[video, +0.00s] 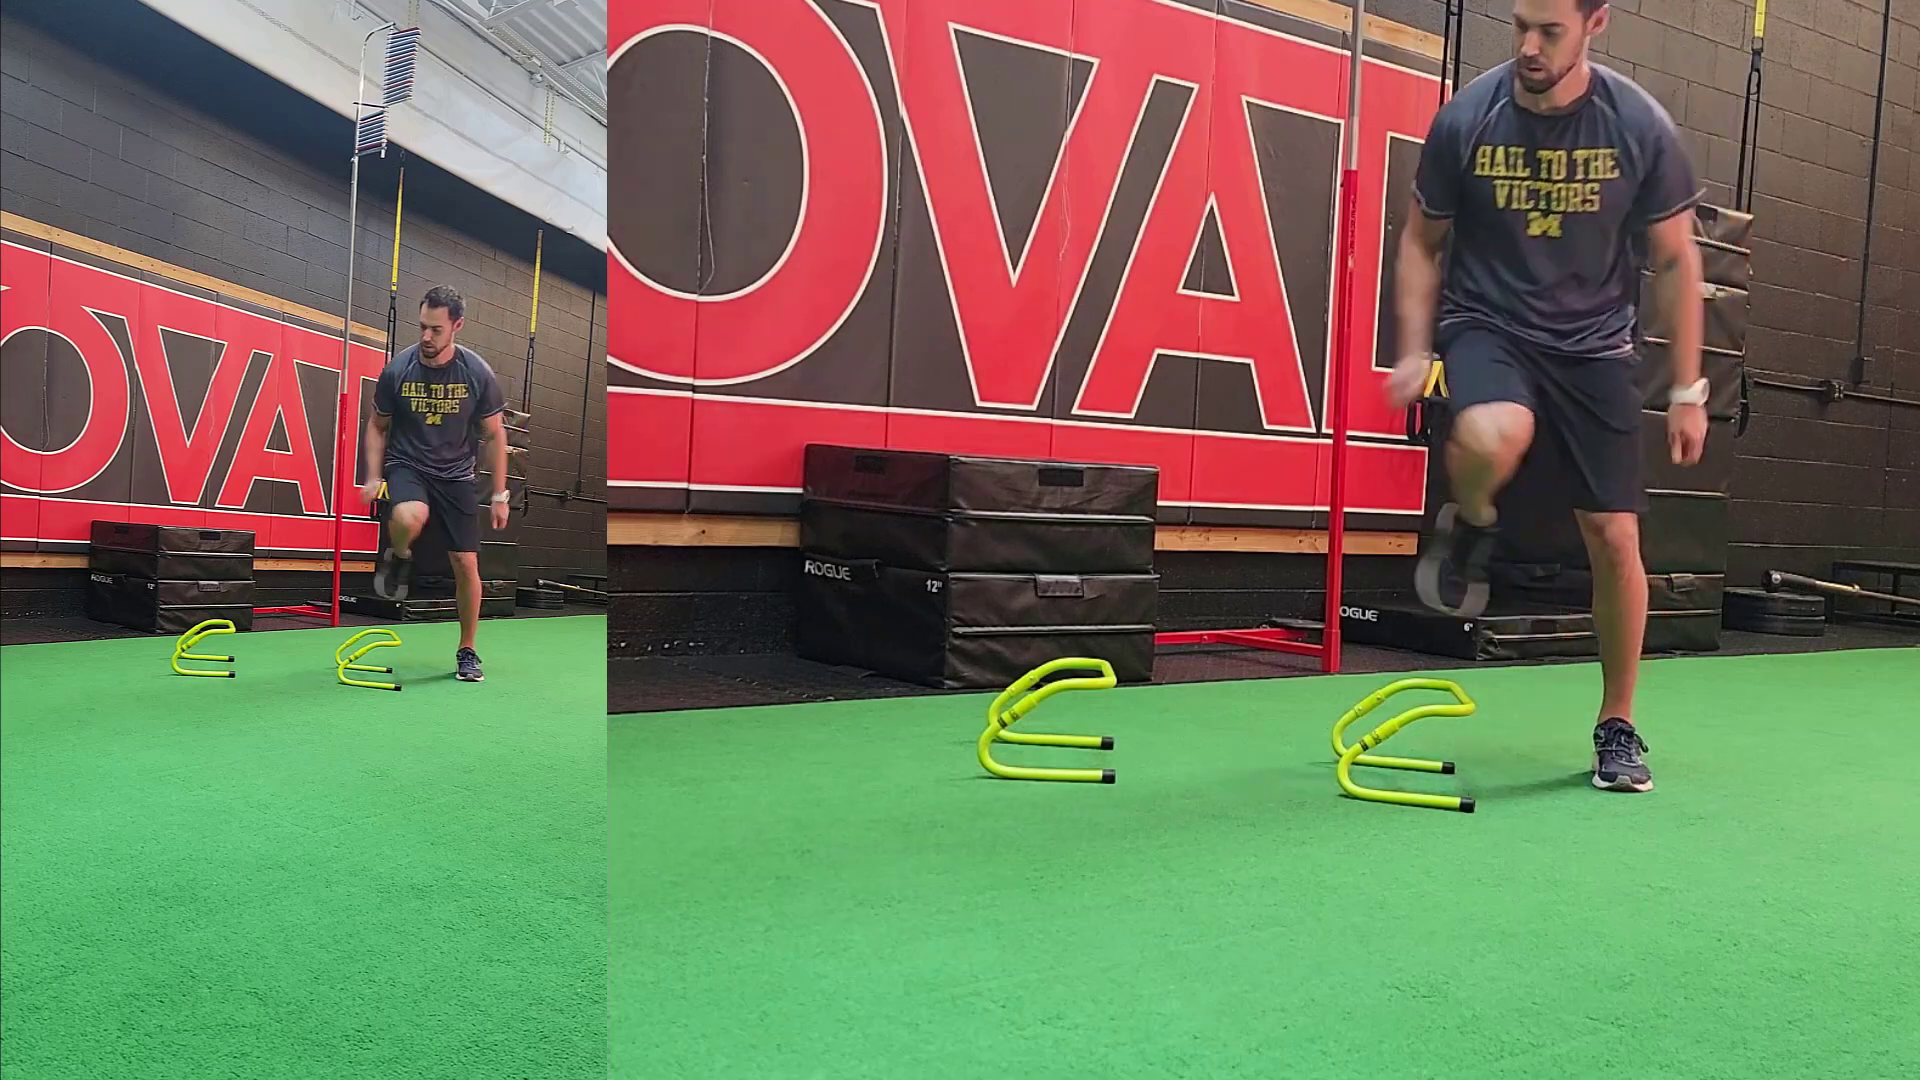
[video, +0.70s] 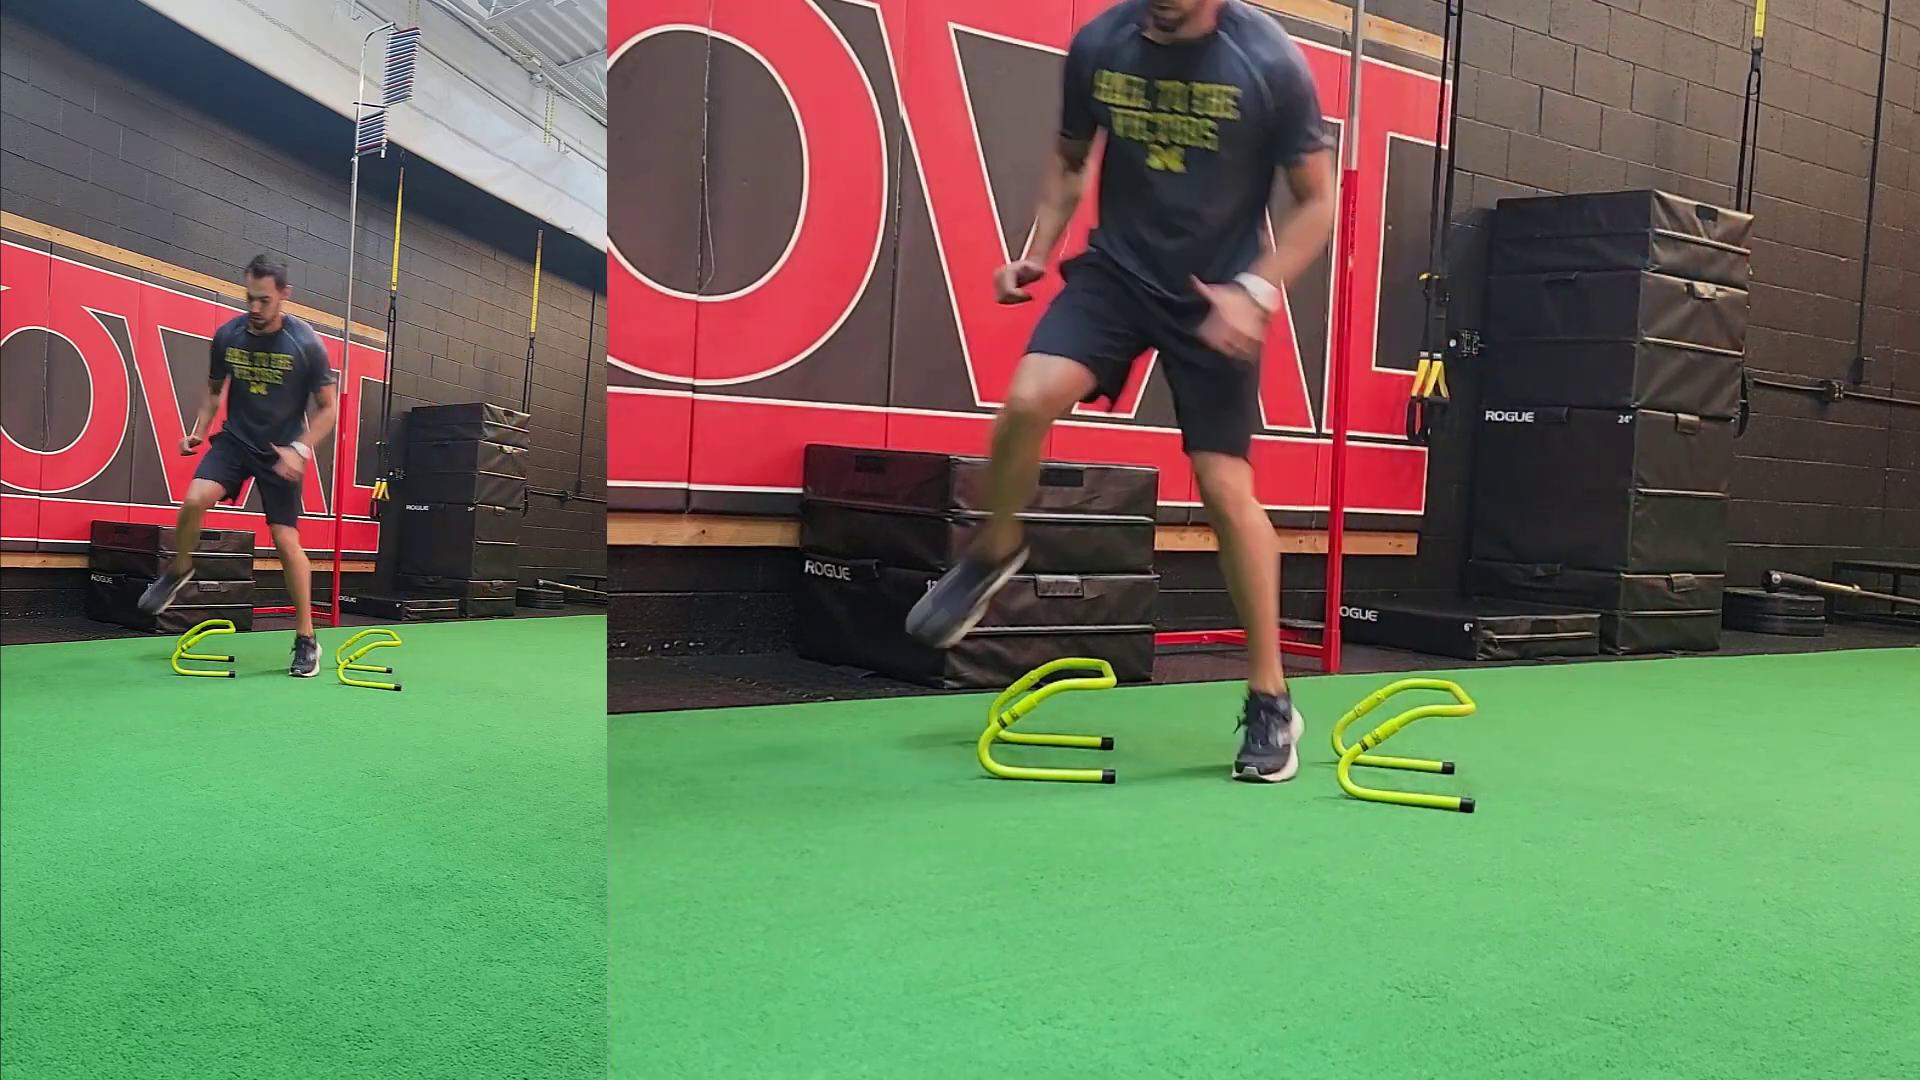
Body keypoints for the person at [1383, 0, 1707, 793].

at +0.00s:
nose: (1530, 48)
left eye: (1549, 31)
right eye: (1521, 28)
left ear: (1594, 24)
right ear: (1508, 23)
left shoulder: (1641, 126)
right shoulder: (1463, 121)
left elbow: (1677, 260)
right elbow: (1423, 240)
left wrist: (1688, 389)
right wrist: (1411, 350)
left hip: (1595, 343)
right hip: (1486, 325)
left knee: (1614, 534)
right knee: (1492, 438)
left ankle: (1618, 725)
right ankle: (1467, 525)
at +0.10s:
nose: (1490, 37)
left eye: (1510, 21)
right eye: (1482, 17)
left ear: (1554, 20)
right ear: (1468, 15)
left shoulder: (1604, 118)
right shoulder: (1427, 117)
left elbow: (1629, 246)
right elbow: (1365, 226)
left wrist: (1612, 324)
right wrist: (1335, 345)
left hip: (1562, 339)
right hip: (1450, 324)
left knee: (1591, 536)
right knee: (1401, 433)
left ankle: (1615, 725)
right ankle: (1365, 582)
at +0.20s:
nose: (1438, 10)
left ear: (1493, 1)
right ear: (1415, 0)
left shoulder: (1548, 74)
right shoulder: (1370, 76)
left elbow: (1589, 180)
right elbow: (1312, 185)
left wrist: (1547, 213)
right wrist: (1302, 308)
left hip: (1502, 320)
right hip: (1385, 308)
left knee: (1550, 500)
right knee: (1333, 473)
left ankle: (1603, 702)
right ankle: (1266, 661)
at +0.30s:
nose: (1390, 14)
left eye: (1408, 2)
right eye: (1379, 2)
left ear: (1444, 1)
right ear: (1364, 1)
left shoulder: (1497, 81)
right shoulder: (1312, 85)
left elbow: (1516, 184)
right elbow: (1273, 208)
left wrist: (1522, 276)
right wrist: (1266, 322)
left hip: (1445, 306)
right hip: (1329, 314)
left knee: (1490, 476)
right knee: (1296, 506)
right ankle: (1257, 695)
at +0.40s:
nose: (1340, 10)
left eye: (1358, 2)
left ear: (1390, 4)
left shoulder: (1438, 80)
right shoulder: (1261, 77)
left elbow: (1479, 183)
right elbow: (1211, 201)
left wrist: (1489, 297)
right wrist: (1245, 260)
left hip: (1387, 298)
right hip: (1281, 305)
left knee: (1380, 412)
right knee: (1261, 506)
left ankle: (1374, 559)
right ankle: (1251, 697)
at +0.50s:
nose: (1284, 7)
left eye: (1301, 0)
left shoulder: (1395, 61)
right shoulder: (1211, 53)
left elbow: (1436, 176)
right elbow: (1177, 178)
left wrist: (1433, 298)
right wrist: (1189, 249)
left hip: (1331, 281)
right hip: (1231, 277)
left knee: (1305, 448)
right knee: (1197, 451)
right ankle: (1226, 623)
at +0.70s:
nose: (1161, 6)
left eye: (1179, 2)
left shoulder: (1273, 66)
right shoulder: (1098, 46)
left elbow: (1317, 201)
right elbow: (1069, 158)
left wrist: (1259, 292)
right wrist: (1038, 251)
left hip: (1215, 298)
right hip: (1112, 273)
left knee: (1225, 491)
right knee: (1025, 402)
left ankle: (1268, 696)